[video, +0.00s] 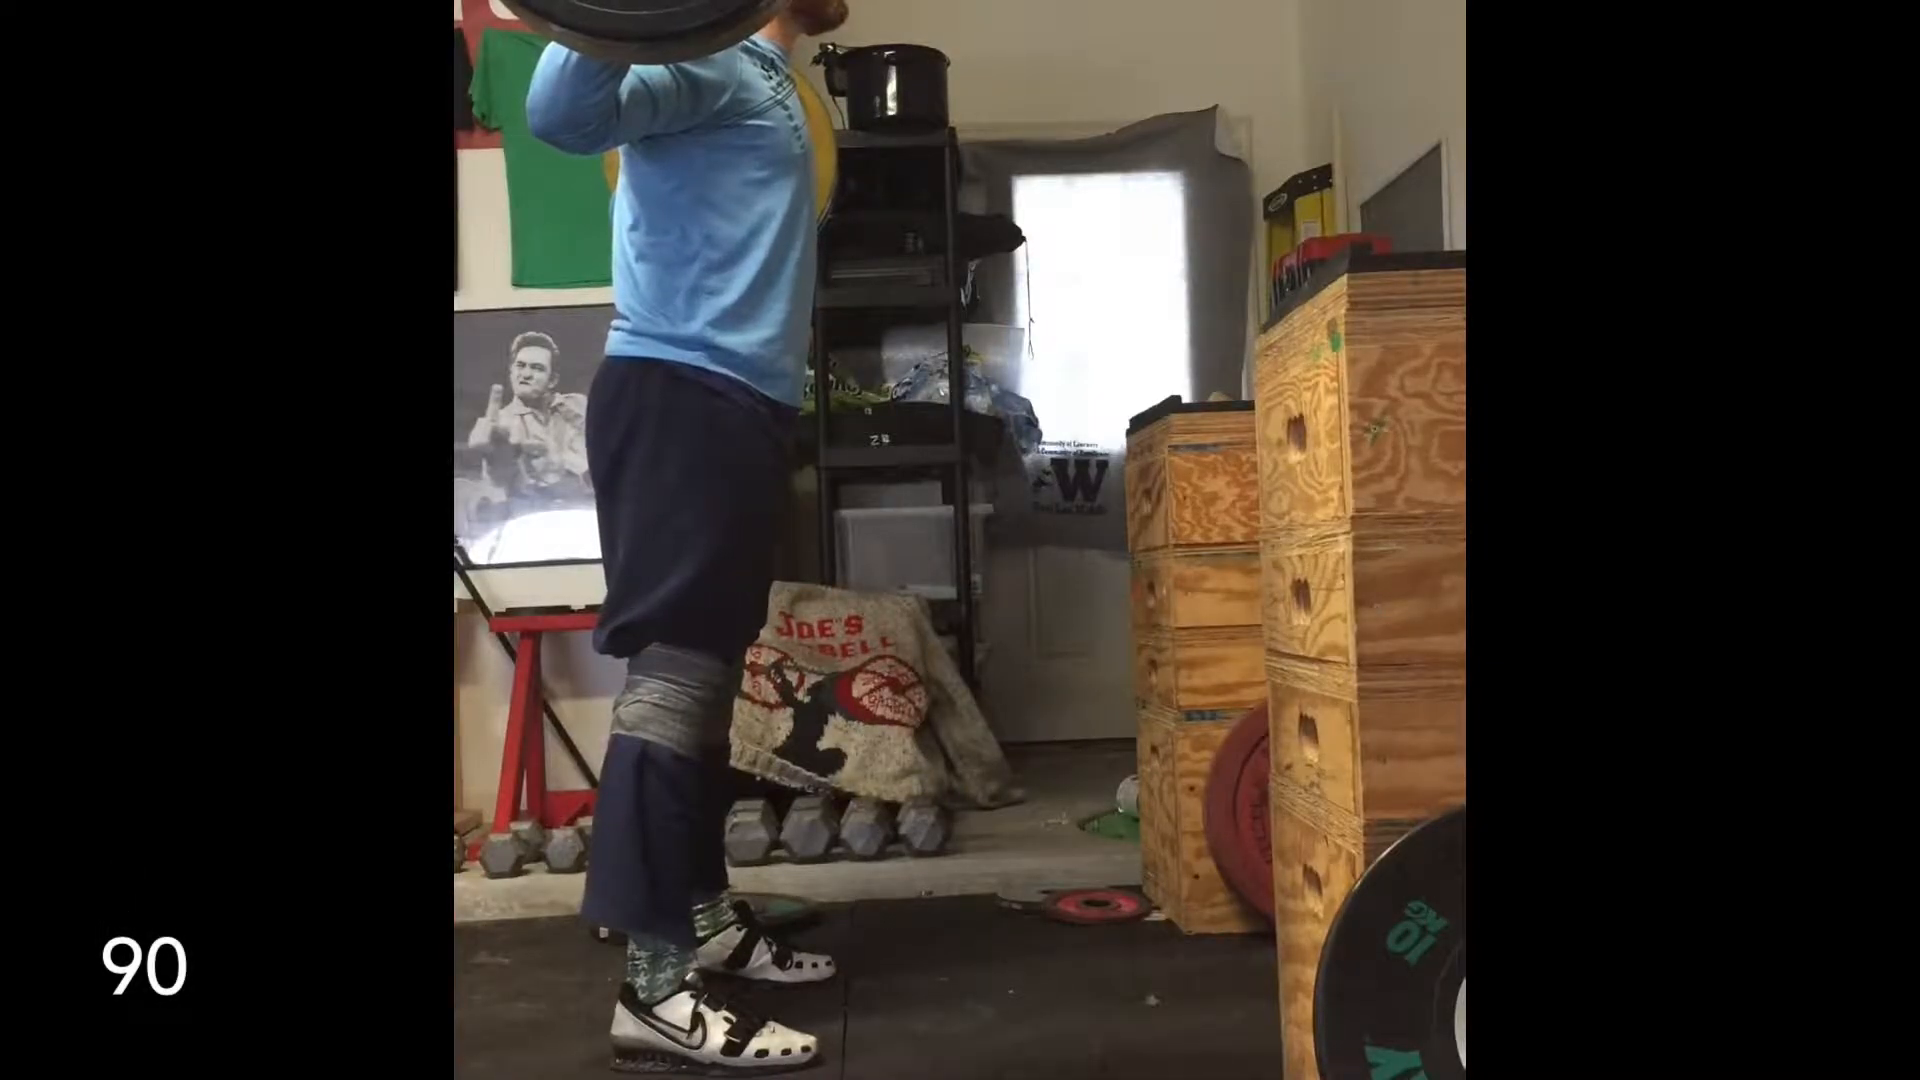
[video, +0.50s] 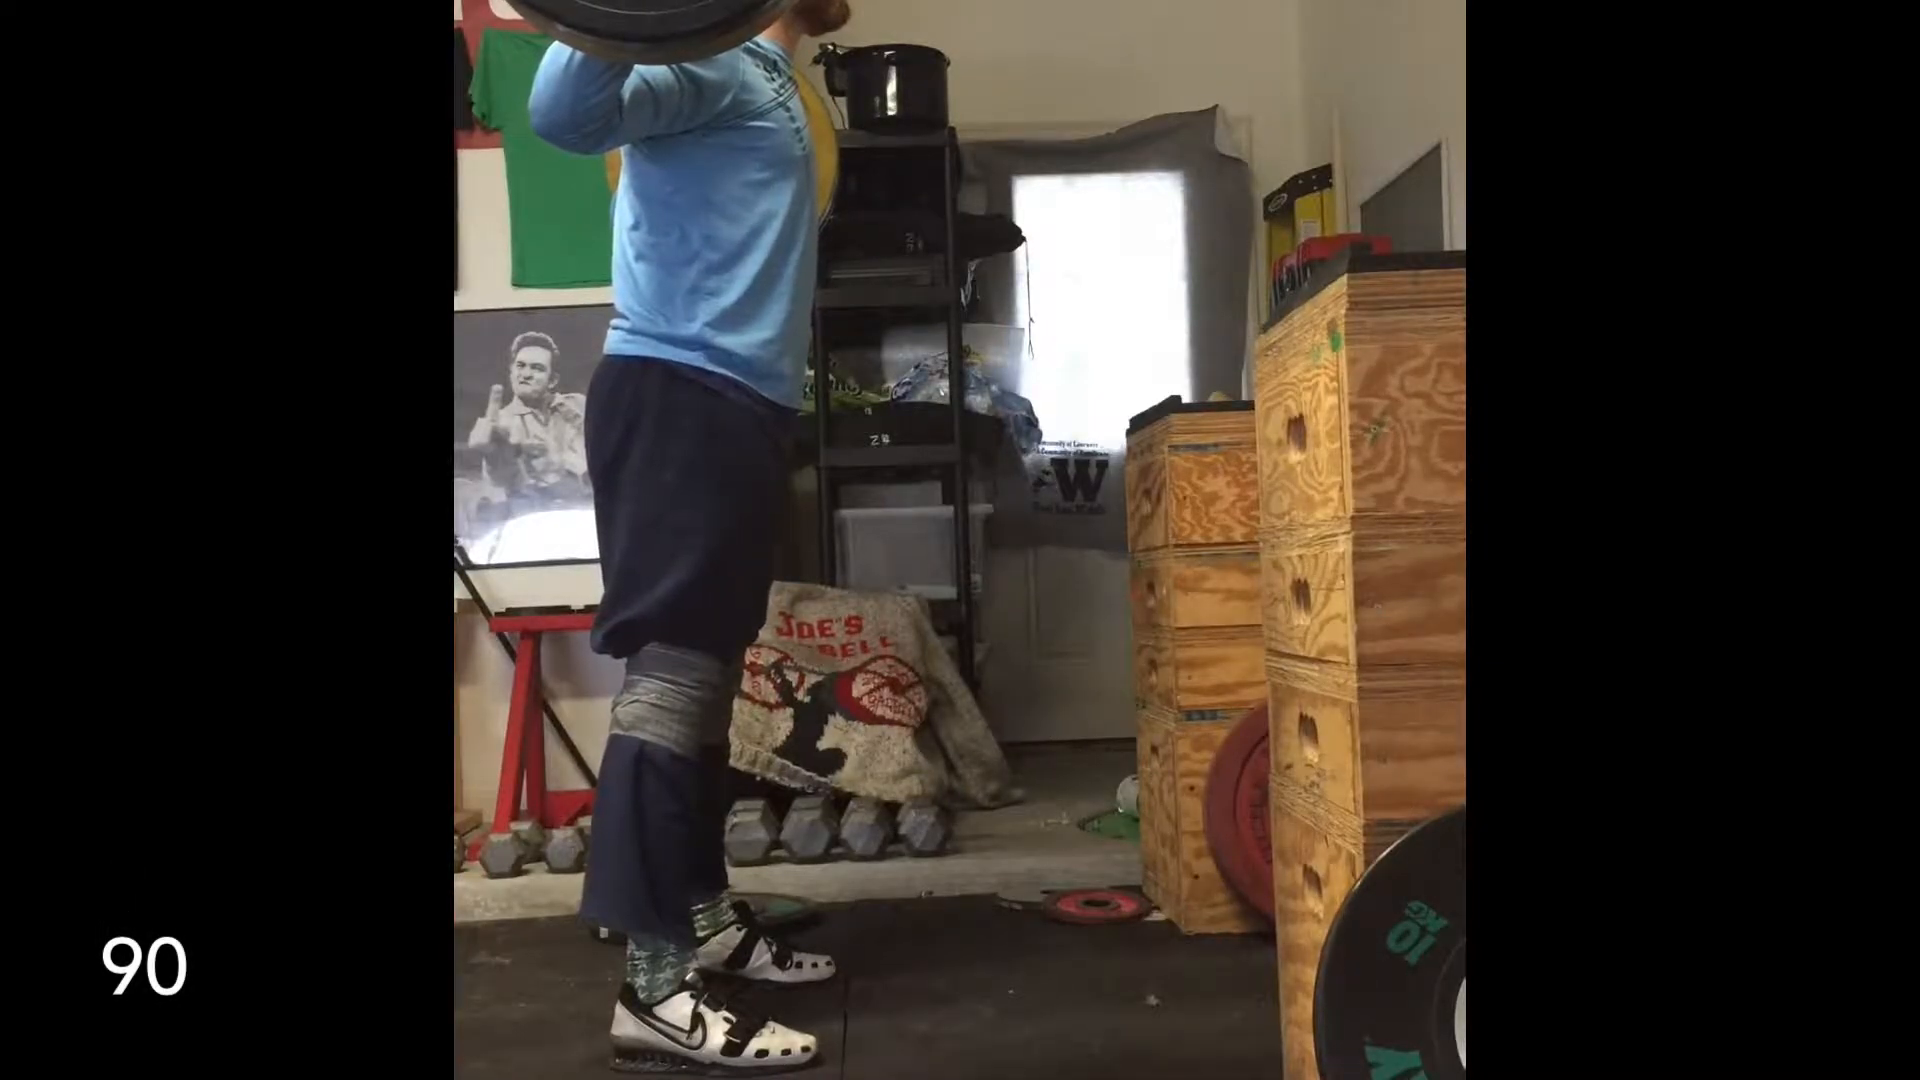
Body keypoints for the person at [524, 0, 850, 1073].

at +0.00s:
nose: (841, 7)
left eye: (839, 1)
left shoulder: (774, 81)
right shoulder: (708, 65)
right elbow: (558, 115)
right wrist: (619, 3)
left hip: (737, 406)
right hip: (682, 399)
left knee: (706, 671)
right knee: (676, 677)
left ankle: (702, 914)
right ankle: (656, 978)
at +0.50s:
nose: (850, 7)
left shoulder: (776, 80)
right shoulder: (714, 65)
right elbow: (561, 114)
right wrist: (620, 4)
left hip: (737, 408)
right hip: (682, 400)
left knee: (703, 674)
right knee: (675, 680)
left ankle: (702, 917)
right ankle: (655, 980)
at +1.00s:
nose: (848, 5)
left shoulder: (780, 80)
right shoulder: (716, 66)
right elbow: (566, 115)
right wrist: (620, 0)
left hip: (741, 407)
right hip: (686, 400)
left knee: (708, 674)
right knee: (677, 681)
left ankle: (701, 916)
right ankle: (657, 981)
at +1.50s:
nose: (845, 32)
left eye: (842, 18)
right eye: (832, 16)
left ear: (799, 36)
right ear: (788, 24)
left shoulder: (790, 129)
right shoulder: (720, 118)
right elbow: (573, 171)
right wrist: (631, 38)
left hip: (721, 442)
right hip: (665, 436)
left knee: (776, 677)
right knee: (785, 681)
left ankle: (711, 915)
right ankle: (665, 978)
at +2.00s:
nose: (841, 65)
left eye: (839, 48)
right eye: (826, 50)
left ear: (803, 65)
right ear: (778, 60)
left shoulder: (806, 160)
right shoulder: (736, 150)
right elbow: (587, 207)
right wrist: (638, 82)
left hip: (734, 458)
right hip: (683, 456)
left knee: (815, 684)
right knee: (816, 693)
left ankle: (728, 921)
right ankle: (673, 979)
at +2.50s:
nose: (872, 226)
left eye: (876, 206)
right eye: (863, 200)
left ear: (822, 194)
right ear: (799, 179)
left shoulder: (810, 295)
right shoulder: (726, 246)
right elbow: (711, 104)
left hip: (695, 568)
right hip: (616, 559)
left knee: (833, 694)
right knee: (816, 716)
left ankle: (736, 922)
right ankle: (666, 984)